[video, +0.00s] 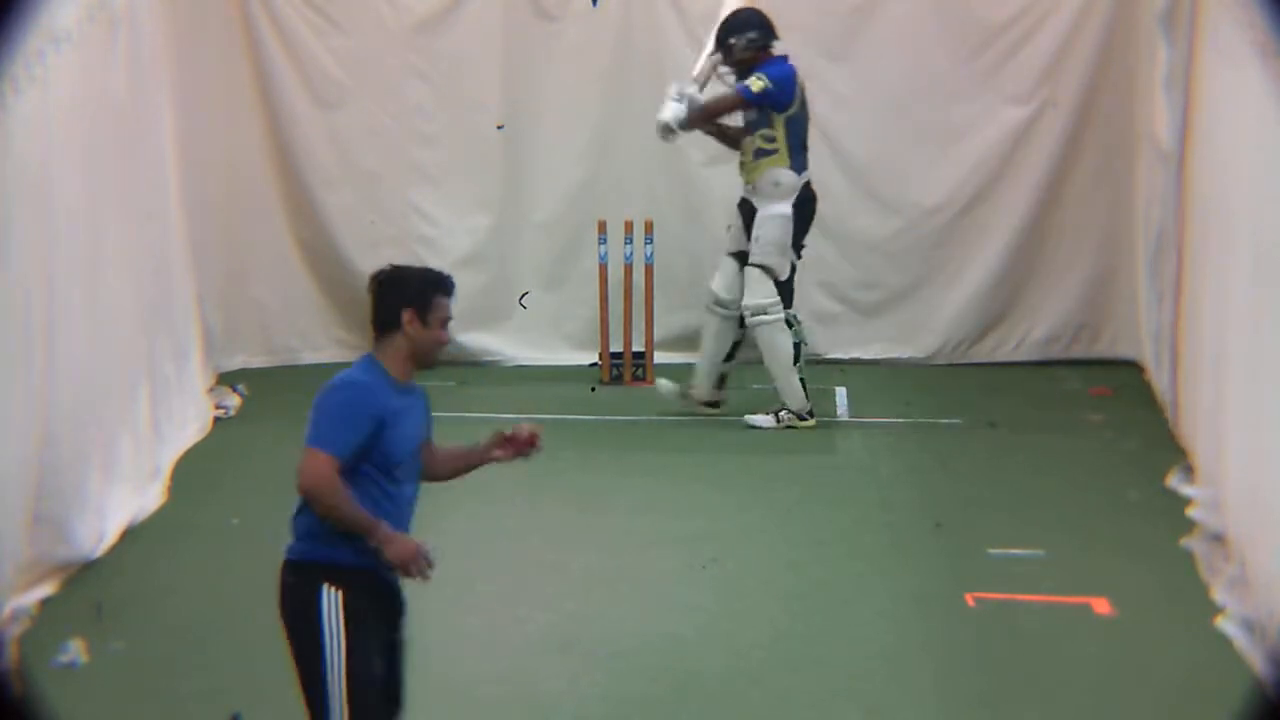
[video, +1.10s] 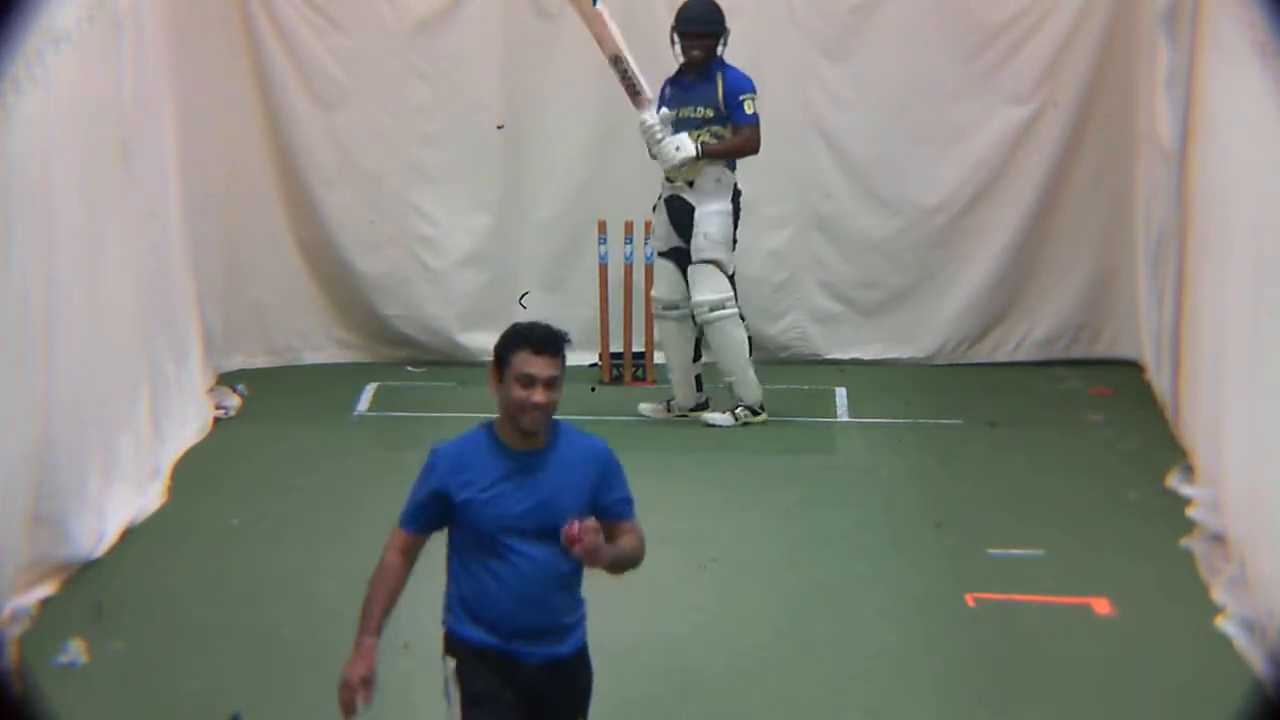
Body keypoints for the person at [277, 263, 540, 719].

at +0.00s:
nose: (448, 335)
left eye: (448, 324)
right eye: (443, 323)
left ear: (412, 323)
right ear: (409, 322)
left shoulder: (411, 396)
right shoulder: (353, 391)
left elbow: (422, 463)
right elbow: (314, 478)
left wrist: (487, 453)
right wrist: (385, 537)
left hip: (373, 581)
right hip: (329, 583)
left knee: (382, 707)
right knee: (345, 712)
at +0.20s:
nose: (448, 339)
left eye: (449, 326)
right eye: (440, 326)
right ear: (398, 319)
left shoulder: (432, 397)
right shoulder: (336, 394)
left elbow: (445, 482)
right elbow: (296, 482)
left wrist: (485, 457)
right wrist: (379, 531)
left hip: (415, 586)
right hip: (343, 590)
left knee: (443, 710)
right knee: (342, 712)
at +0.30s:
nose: (454, 348)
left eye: (456, 336)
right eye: (445, 336)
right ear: (401, 328)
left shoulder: (448, 405)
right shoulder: (337, 406)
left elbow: (461, 492)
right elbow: (304, 499)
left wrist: (492, 472)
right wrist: (389, 541)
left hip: (430, 602)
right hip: (349, 606)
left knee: (459, 711)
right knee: (342, 712)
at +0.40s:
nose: (466, 360)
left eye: (469, 347)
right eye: (455, 347)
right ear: (411, 339)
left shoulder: (467, 417)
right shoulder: (352, 417)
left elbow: (483, 503)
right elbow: (317, 513)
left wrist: (508, 488)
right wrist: (401, 554)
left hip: (443, 612)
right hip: (360, 614)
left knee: (463, 712)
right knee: (348, 713)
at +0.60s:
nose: (504, 383)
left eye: (510, 371)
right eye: (494, 368)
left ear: (516, 369)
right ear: (452, 359)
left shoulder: (514, 439)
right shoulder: (394, 434)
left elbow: (529, 534)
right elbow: (351, 526)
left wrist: (548, 524)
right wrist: (417, 599)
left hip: (483, 629)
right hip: (398, 631)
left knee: (491, 711)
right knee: (392, 712)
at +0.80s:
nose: (528, 370)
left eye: (537, 358)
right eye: (517, 355)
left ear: (545, 354)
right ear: (479, 343)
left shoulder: (556, 424)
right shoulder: (419, 419)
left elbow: (582, 524)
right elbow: (367, 504)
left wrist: (573, 504)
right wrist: (365, 600)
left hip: (521, 617)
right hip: (441, 618)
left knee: (525, 712)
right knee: (442, 712)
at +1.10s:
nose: (539, 397)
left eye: (551, 385)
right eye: (525, 383)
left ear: (562, 388)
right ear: (496, 382)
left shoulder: (591, 458)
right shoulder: (453, 463)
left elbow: (633, 546)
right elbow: (401, 551)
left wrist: (605, 554)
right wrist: (365, 645)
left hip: (563, 659)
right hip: (482, 658)